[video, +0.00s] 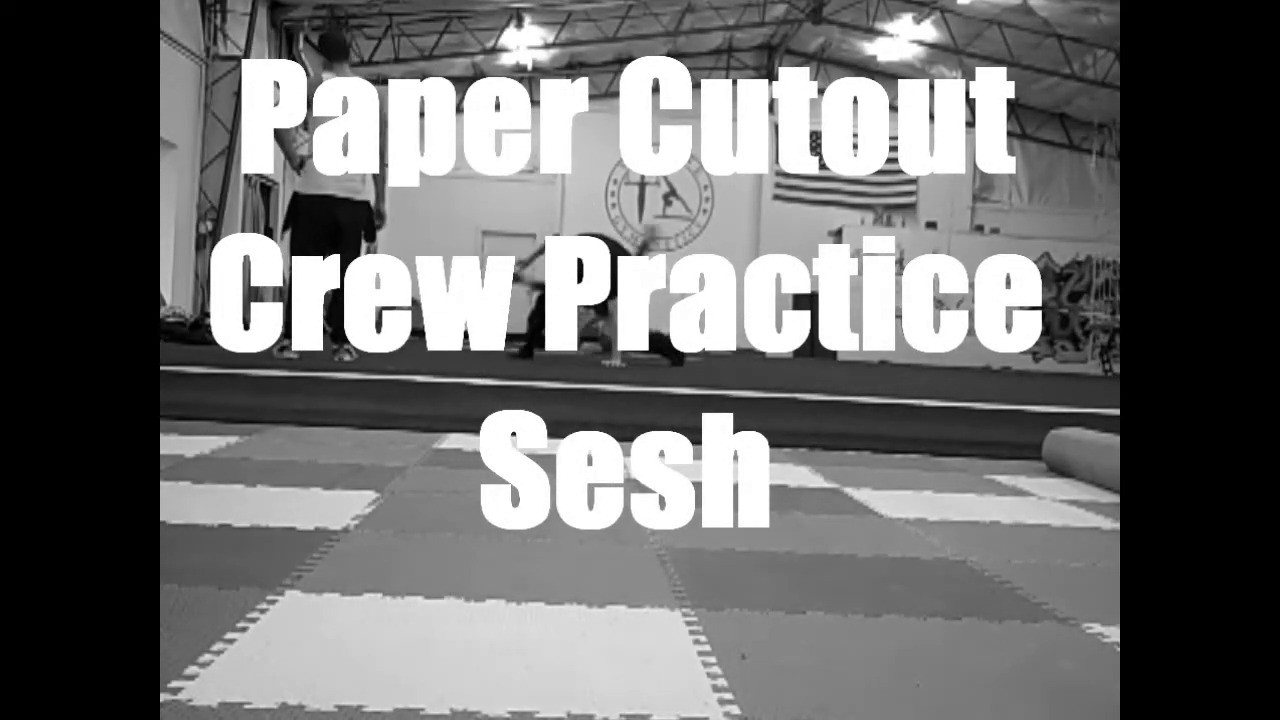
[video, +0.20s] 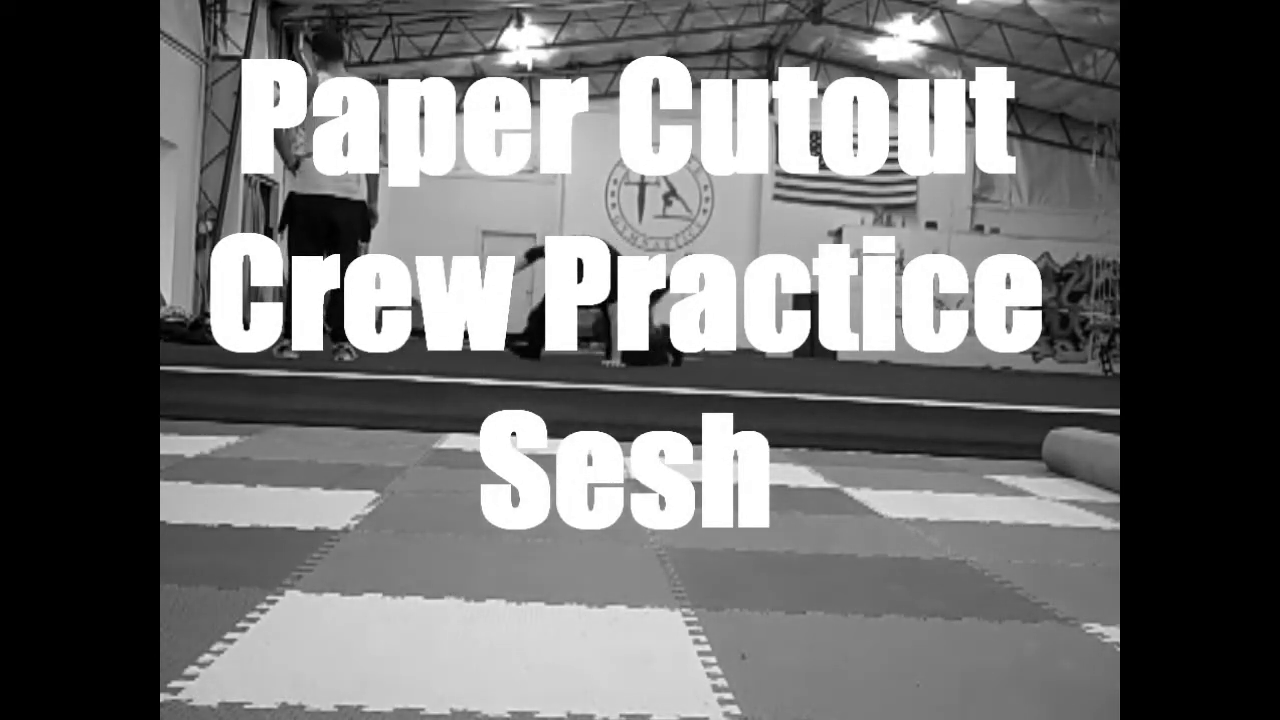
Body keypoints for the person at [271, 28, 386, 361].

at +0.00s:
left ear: (321, 55)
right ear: (350, 54)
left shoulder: (308, 88)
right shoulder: (369, 91)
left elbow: (282, 125)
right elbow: (378, 154)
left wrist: (296, 154)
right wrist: (380, 201)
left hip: (312, 197)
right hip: (354, 200)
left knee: (302, 273)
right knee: (349, 276)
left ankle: (294, 339)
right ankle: (344, 344)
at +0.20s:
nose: (308, 61)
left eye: (308, 56)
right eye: (308, 56)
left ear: (313, 56)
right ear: (344, 56)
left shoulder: (304, 91)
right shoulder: (362, 93)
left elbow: (291, 148)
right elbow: (371, 155)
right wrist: (373, 202)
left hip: (308, 196)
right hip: (349, 199)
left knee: (300, 272)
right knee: (347, 275)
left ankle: (293, 341)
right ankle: (343, 343)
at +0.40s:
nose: (304, 57)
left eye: (304, 52)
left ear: (307, 54)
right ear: (339, 53)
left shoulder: (297, 87)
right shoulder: (358, 91)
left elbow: (278, 134)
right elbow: (369, 152)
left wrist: (288, 163)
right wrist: (372, 202)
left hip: (303, 197)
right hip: (345, 199)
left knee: (298, 272)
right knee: (343, 274)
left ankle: (290, 342)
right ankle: (342, 343)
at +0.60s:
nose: (303, 59)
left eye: (302, 54)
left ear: (304, 55)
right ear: (336, 56)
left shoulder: (293, 86)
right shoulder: (354, 90)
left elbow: (276, 139)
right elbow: (367, 151)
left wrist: (287, 165)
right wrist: (371, 200)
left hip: (300, 196)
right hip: (342, 198)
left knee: (297, 272)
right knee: (341, 274)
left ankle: (290, 342)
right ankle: (341, 344)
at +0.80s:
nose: (301, 60)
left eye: (300, 56)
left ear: (302, 56)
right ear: (333, 56)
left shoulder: (291, 87)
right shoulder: (353, 90)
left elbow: (276, 145)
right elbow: (365, 151)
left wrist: (289, 168)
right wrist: (370, 200)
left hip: (299, 198)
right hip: (341, 199)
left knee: (296, 273)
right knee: (341, 274)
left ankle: (290, 342)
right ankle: (341, 343)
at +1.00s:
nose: (301, 62)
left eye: (299, 57)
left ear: (303, 57)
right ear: (333, 56)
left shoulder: (292, 87)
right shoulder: (352, 90)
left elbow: (276, 144)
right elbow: (363, 152)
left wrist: (286, 167)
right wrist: (367, 201)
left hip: (298, 198)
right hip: (341, 199)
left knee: (295, 274)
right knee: (340, 275)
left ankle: (289, 342)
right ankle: (341, 343)